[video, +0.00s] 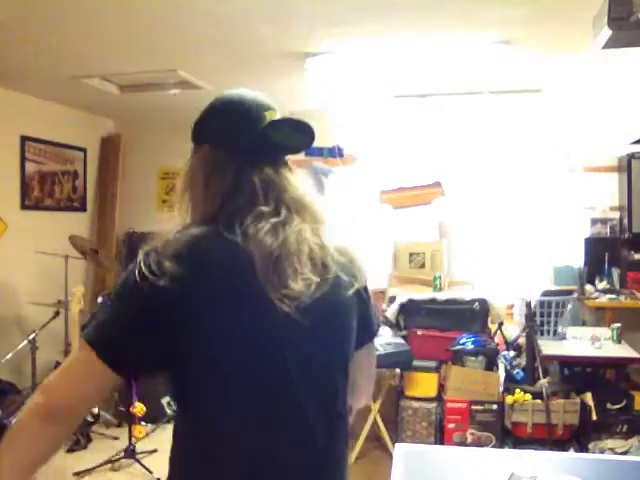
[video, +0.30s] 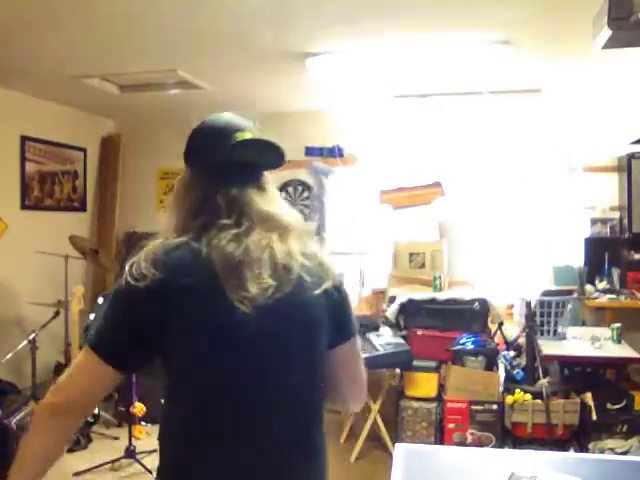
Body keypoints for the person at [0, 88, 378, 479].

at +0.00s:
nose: (188, 177)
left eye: (193, 164)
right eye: (190, 164)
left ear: (207, 169)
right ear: (286, 169)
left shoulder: (180, 266)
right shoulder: (342, 269)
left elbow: (57, 406)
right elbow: (360, 395)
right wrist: (320, 451)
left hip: (209, 467)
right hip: (318, 469)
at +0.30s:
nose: (173, 191)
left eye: (180, 180)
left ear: (192, 185)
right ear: (264, 185)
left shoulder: (164, 272)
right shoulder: (315, 272)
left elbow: (64, 404)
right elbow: (352, 396)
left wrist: (21, 472)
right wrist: (290, 369)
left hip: (193, 469)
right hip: (296, 471)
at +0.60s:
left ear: (181, 186)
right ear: (250, 186)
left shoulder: (148, 275)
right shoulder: (293, 265)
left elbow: (77, 407)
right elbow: (338, 387)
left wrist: (70, 470)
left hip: (184, 467)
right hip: (281, 467)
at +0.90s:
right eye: (273, 174)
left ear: (205, 180)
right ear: (274, 182)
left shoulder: (166, 266)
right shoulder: (309, 264)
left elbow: (92, 382)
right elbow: (353, 388)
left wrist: (88, 445)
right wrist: (350, 321)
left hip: (195, 467)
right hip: (290, 467)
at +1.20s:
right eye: (315, 177)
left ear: (239, 179)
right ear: (315, 182)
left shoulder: (193, 266)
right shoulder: (346, 274)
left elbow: (103, 388)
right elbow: (390, 410)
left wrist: (96, 464)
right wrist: (402, 342)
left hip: (205, 470)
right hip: (310, 472)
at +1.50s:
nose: (318, 177)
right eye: (313, 167)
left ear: (228, 169)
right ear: (309, 175)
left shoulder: (178, 264)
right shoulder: (345, 276)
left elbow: (67, 392)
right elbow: (393, 420)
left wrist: (76, 450)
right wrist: (396, 347)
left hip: (195, 469)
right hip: (307, 470)